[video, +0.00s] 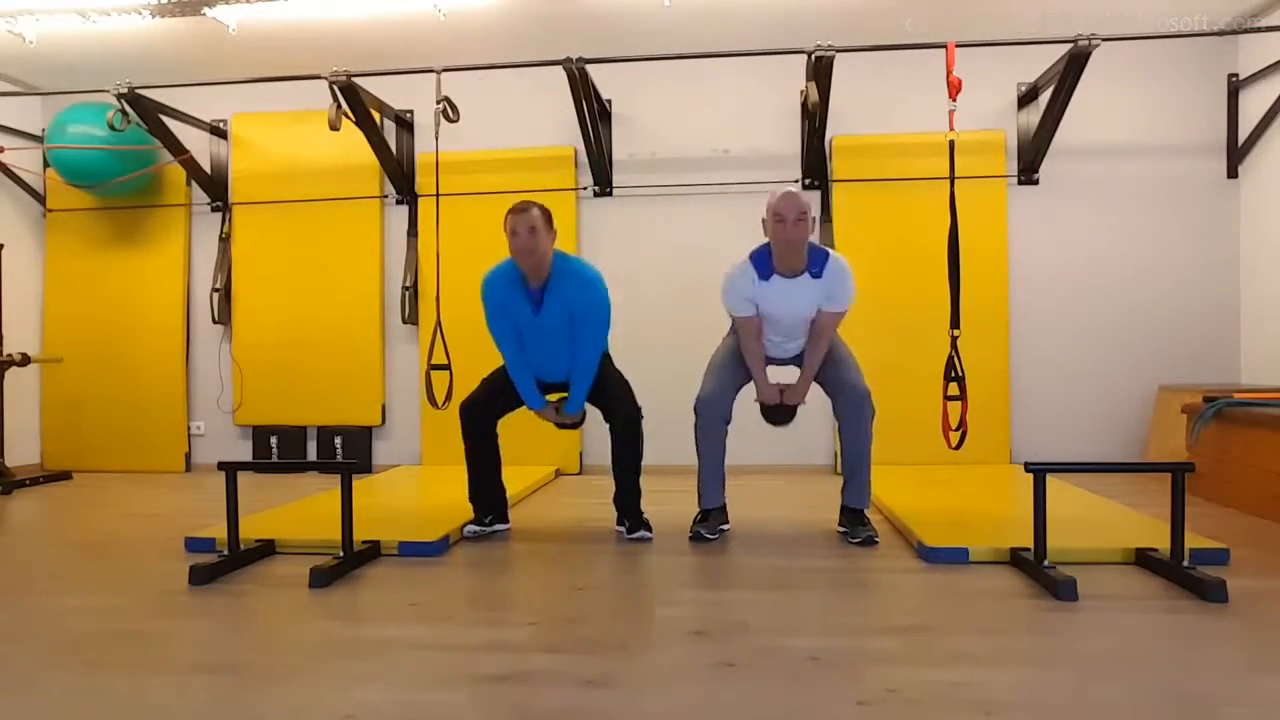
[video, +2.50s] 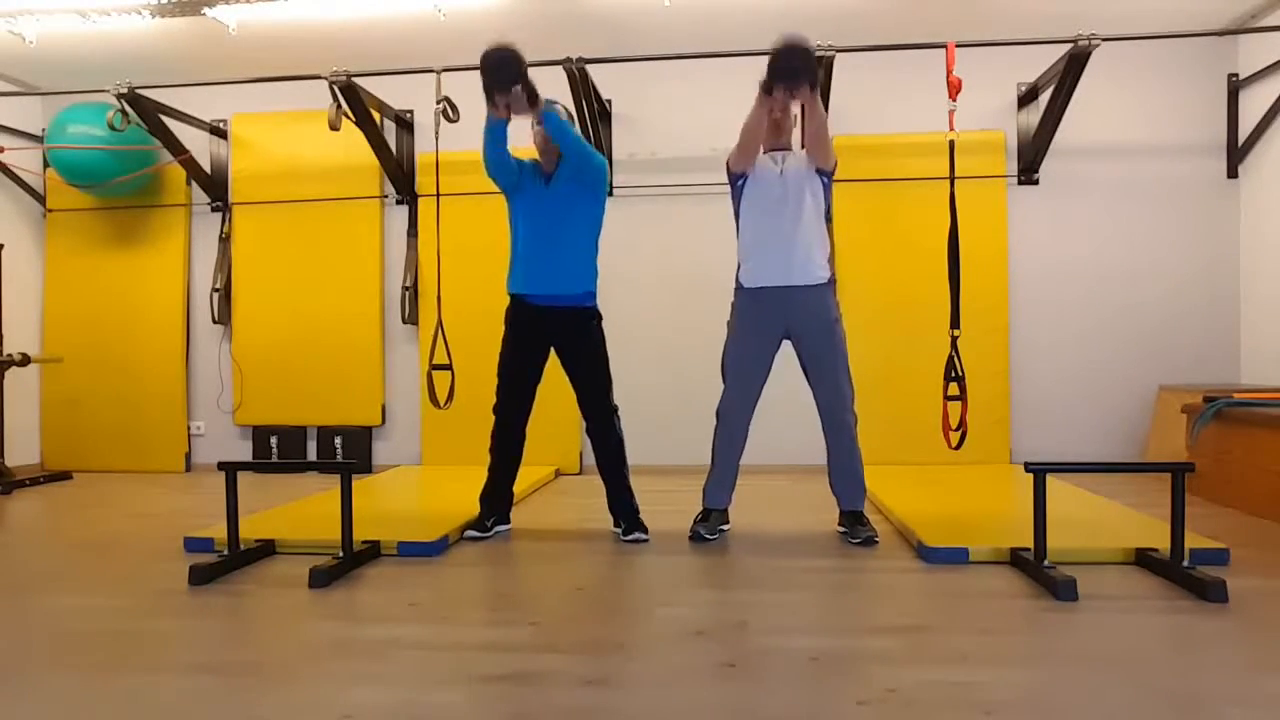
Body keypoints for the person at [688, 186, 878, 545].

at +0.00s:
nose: (791, 226)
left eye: (800, 219)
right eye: (781, 219)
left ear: (811, 225)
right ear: (766, 226)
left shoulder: (836, 272)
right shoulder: (742, 276)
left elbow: (821, 337)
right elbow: (750, 339)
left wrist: (801, 387)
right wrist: (764, 387)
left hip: (812, 346)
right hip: (753, 345)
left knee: (856, 399)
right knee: (710, 402)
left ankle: (854, 511)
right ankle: (712, 509)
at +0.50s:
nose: (783, 142)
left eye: (788, 137)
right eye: (777, 136)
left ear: (802, 136)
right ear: (759, 134)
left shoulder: (815, 170)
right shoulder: (743, 173)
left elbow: (818, 172)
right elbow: (738, 176)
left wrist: (807, 131)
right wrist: (759, 141)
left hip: (810, 302)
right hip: (754, 303)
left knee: (835, 408)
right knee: (732, 407)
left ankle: (852, 511)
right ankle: (714, 509)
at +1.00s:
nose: (785, 135)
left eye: (790, 129)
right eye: (779, 128)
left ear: (805, 129)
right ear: (763, 128)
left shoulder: (818, 164)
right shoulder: (747, 166)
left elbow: (826, 163)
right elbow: (748, 161)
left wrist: (812, 117)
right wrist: (766, 122)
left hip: (815, 304)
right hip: (757, 305)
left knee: (842, 410)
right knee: (730, 410)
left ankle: (853, 511)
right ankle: (715, 509)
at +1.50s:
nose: (790, 220)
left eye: (797, 212)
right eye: (781, 212)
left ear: (809, 216)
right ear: (766, 217)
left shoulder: (834, 265)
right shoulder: (742, 268)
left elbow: (823, 332)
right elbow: (747, 334)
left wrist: (803, 382)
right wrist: (762, 382)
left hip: (812, 349)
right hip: (752, 349)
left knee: (859, 402)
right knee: (707, 405)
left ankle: (853, 511)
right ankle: (712, 509)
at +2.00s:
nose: (776, 129)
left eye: (783, 123)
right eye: (768, 123)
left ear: (794, 130)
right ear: (754, 133)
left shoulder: (817, 168)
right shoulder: (742, 177)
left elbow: (821, 176)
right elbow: (742, 185)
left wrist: (782, 169)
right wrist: (785, 171)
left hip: (812, 298)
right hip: (755, 301)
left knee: (835, 405)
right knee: (734, 406)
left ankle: (852, 511)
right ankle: (714, 509)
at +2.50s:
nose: (780, 114)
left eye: (787, 109)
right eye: (775, 105)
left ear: (802, 114)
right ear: (761, 109)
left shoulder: (816, 161)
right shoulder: (742, 165)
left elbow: (820, 150)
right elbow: (747, 149)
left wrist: (810, 94)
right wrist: (763, 100)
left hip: (814, 299)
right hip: (756, 301)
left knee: (838, 408)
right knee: (735, 406)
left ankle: (852, 512)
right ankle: (714, 509)